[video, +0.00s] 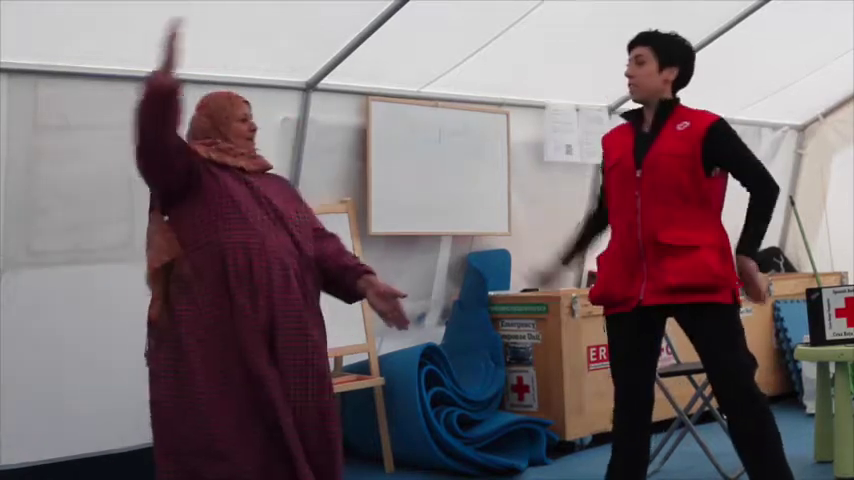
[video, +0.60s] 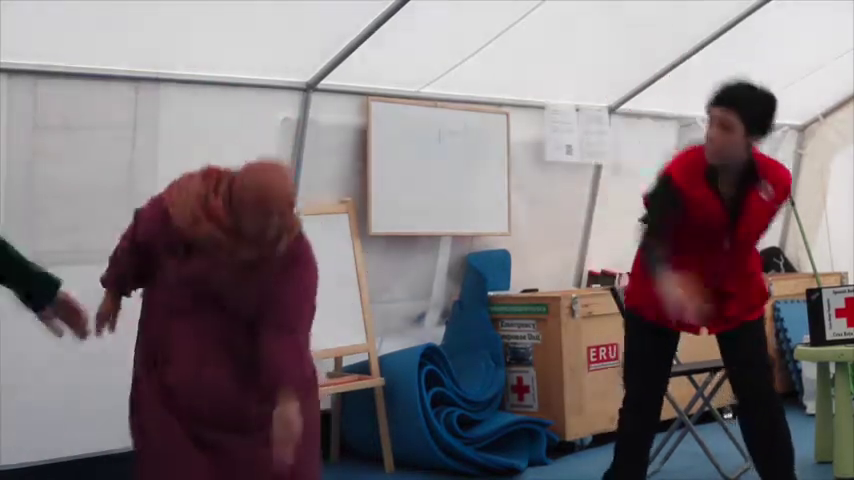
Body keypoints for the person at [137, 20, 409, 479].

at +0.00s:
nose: (253, 125)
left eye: (252, 118)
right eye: (243, 119)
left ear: (242, 129)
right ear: (211, 128)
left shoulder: (277, 187)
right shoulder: (187, 174)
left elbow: (317, 243)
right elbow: (157, 146)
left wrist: (364, 283)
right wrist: (162, 88)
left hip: (289, 347)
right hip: (211, 350)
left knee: (300, 451)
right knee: (218, 454)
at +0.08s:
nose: (260, 129)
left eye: (260, 121)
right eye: (250, 121)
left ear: (260, 129)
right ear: (218, 130)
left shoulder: (287, 188)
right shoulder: (187, 174)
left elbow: (322, 243)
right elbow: (145, 157)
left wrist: (363, 280)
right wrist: (133, 110)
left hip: (287, 350)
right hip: (204, 351)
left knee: (296, 453)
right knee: (210, 455)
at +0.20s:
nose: (269, 133)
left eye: (272, 125)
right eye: (260, 125)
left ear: (275, 129)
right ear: (229, 128)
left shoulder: (295, 189)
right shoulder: (186, 171)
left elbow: (324, 246)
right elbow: (139, 181)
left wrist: (358, 286)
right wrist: (110, 152)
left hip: (277, 343)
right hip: (192, 345)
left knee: (293, 449)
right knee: (196, 453)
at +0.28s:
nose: (273, 139)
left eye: (278, 130)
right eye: (263, 131)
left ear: (284, 131)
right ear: (232, 133)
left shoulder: (296, 193)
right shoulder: (186, 173)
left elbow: (322, 253)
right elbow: (140, 192)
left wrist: (347, 299)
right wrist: (110, 189)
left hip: (269, 350)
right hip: (186, 348)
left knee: (292, 448)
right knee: (190, 455)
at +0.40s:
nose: (280, 160)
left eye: (286, 149)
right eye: (270, 150)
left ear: (291, 148)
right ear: (238, 146)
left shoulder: (295, 204)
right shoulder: (186, 178)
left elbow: (309, 272)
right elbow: (135, 209)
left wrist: (325, 327)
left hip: (268, 348)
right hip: (187, 348)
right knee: (195, 445)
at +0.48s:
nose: (281, 180)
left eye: (287, 170)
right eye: (271, 171)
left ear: (295, 166)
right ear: (240, 163)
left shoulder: (295, 219)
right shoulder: (187, 184)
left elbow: (301, 290)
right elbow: (139, 227)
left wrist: (309, 347)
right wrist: (120, 287)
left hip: (260, 340)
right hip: (182, 335)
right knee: (187, 431)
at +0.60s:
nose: (254, 246)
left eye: (265, 238)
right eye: (248, 235)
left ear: (284, 218)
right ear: (225, 207)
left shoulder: (293, 252)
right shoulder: (183, 207)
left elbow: (287, 330)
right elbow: (137, 245)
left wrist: (288, 395)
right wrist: (113, 291)